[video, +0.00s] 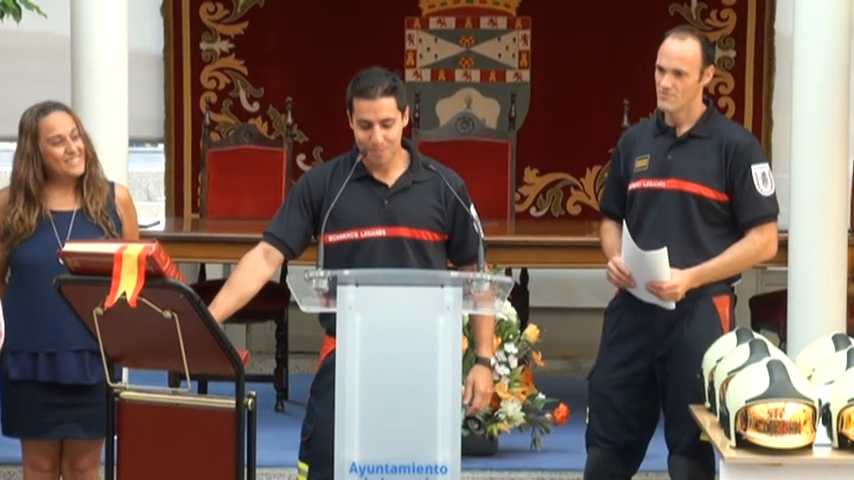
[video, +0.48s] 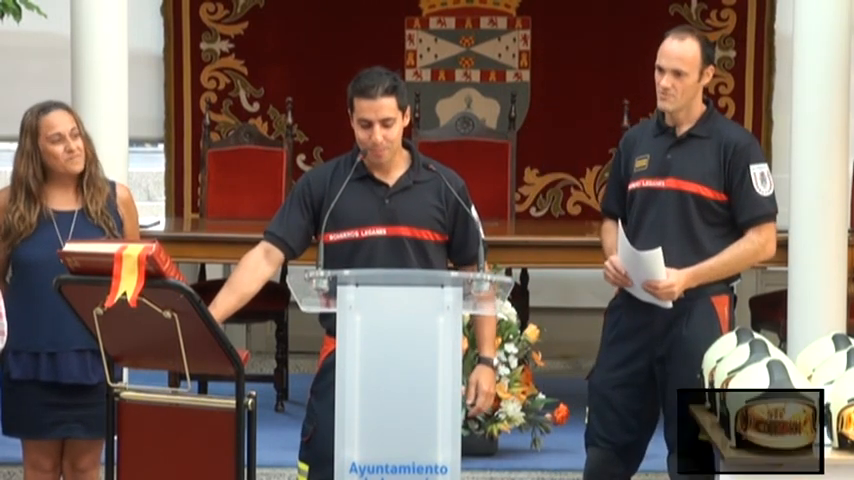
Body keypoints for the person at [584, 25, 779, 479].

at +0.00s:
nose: (664, 82)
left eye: (678, 73)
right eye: (660, 70)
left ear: (706, 77)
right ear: (654, 71)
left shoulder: (737, 146)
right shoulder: (632, 141)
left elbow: (764, 242)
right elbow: (611, 216)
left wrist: (691, 278)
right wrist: (615, 257)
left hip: (698, 319)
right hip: (631, 312)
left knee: (691, 454)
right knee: (607, 449)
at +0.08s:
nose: (664, 82)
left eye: (678, 73)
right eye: (660, 70)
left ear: (706, 77)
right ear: (654, 70)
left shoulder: (737, 145)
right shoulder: (633, 140)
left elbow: (764, 242)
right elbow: (612, 217)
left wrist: (690, 278)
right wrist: (614, 256)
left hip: (698, 319)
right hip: (631, 312)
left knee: (691, 455)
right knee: (607, 450)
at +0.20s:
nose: (664, 82)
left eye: (677, 73)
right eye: (660, 70)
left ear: (706, 77)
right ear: (654, 71)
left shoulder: (736, 145)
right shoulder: (634, 140)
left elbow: (763, 243)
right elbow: (611, 216)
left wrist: (688, 278)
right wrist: (613, 254)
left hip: (697, 319)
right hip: (631, 311)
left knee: (691, 454)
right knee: (606, 450)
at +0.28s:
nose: (664, 81)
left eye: (677, 73)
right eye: (660, 70)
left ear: (706, 77)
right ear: (654, 71)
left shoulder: (736, 145)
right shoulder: (634, 140)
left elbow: (763, 242)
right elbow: (612, 216)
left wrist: (688, 278)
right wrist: (613, 255)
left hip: (697, 318)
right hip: (631, 311)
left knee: (691, 454)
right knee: (607, 449)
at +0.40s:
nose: (664, 82)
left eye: (677, 73)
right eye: (660, 70)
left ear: (706, 77)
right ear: (654, 71)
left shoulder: (736, 145)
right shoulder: (634, 140)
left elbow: (763, 242)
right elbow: (612, 216)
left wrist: (687, 278)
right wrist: (613, 255)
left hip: (697, 318)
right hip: (631, 311)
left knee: (691, 454)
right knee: (607, 449)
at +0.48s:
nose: (664, 82)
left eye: (677, 73)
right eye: (660, 70)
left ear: (706, 77)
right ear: (654, 71)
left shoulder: (736, 145)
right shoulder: (634, 140)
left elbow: (763, 243)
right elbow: (612, 217)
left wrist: (687, 278)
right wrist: (613, 255)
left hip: (697, 320)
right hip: (631, 313)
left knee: (692, 457)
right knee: (607, 452)